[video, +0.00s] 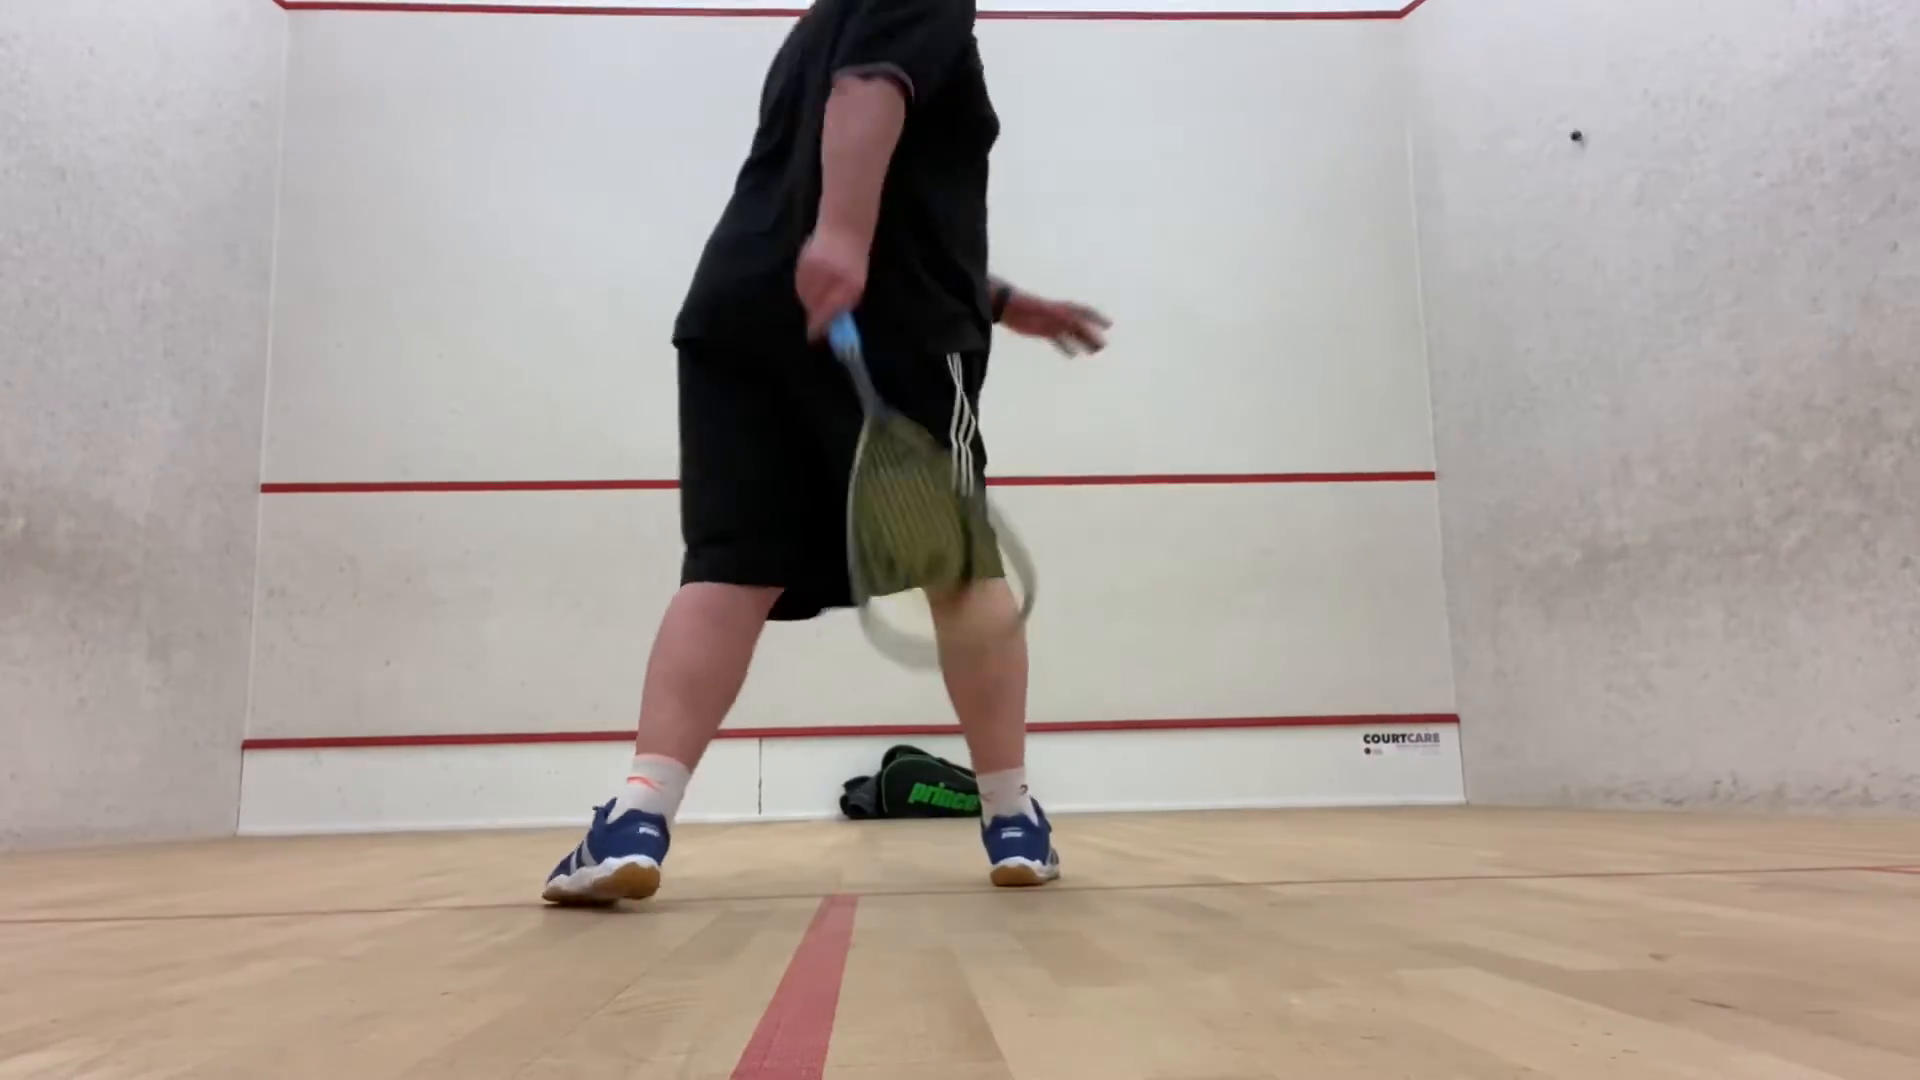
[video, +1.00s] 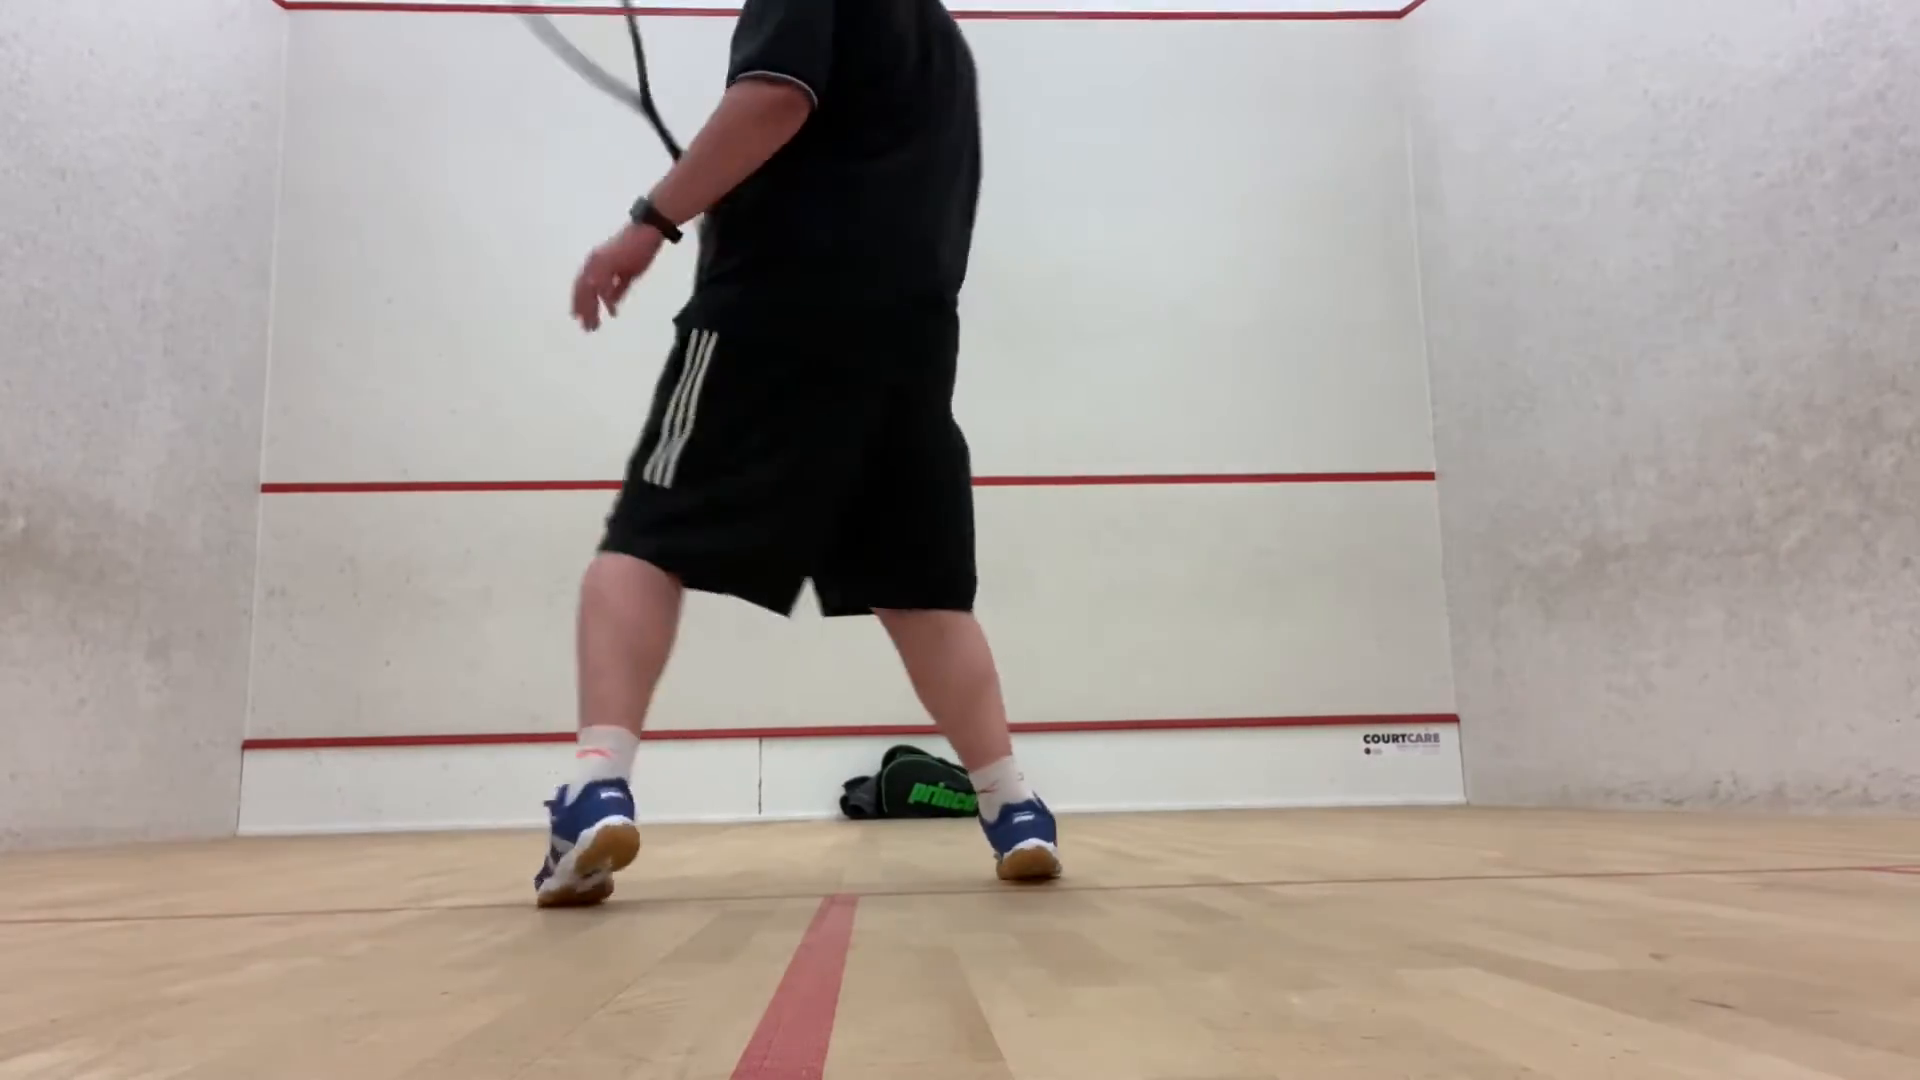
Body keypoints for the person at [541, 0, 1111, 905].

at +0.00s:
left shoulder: (822, 30)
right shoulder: (927, 2)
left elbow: (869, 211)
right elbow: (869, 84)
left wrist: (1004, 301)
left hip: (738, 313)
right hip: (885, 318)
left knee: (729, 564)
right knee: (963, 562)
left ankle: (639, 814)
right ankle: (1011, 815)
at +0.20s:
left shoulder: (882, 23)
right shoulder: (945, 0)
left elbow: (913, 179)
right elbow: (946, 86)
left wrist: (1053, 243)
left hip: (780, 306)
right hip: (921, 320)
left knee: (763, 551)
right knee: (980, 562)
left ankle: (650, 777)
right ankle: (1015, 817)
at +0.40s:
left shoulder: (884, 10)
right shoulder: (1057, 28)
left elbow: (786, 89)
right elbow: (1179, 104)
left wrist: (778, 171)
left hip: (796, 308)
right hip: (950, 333)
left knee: (750, 543)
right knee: (991, 566)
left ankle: (651, 759)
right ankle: (1016, 817)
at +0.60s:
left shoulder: (881, 8)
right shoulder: (1099, 66)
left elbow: (747, 67)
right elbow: (1195, 222)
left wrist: (605, 143)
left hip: (784, 315)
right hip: (933, 349)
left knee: (719, 518)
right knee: (960, 570)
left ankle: (628, 708)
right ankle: (1012, 818)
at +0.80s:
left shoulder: (840, 3)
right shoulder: (1042, 75)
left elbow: (773, 83)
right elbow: (1014, 274)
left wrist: (670, 194)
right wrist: (919, 318)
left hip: (784, 333)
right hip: (929, 365)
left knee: (706, 543)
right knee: (962, 584)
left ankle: (625, 756)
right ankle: (1010, 815)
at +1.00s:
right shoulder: (943, 38)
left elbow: (776, 93)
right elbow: (928, 195)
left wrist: (646, 223)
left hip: (763, 324)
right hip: (906, 338)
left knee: (646, 540)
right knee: (917, 572)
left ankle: (599, 788)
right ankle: (1012, 807)